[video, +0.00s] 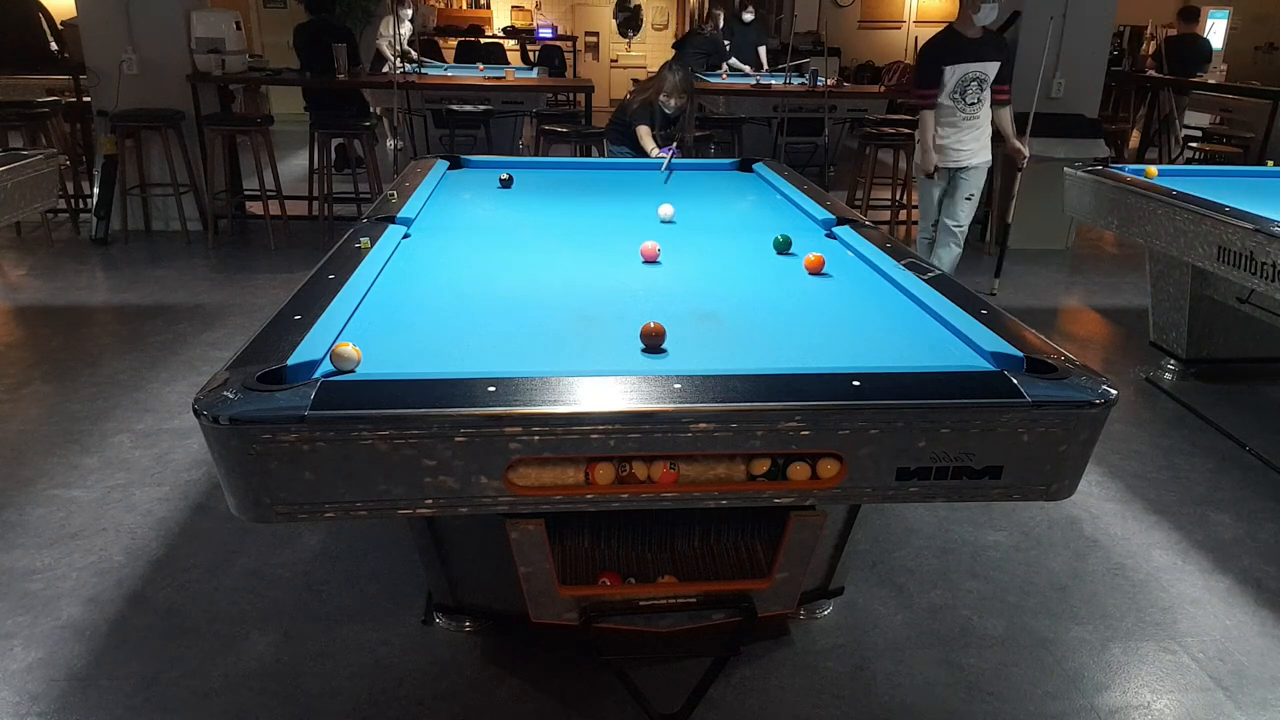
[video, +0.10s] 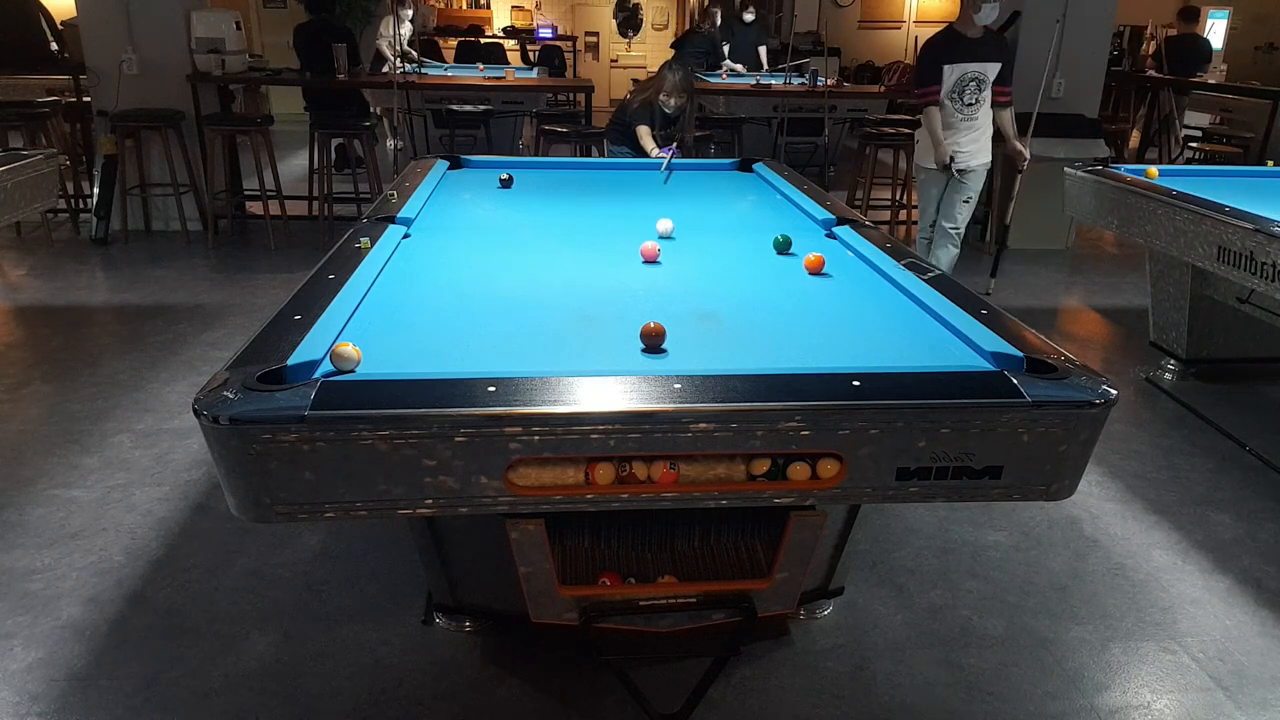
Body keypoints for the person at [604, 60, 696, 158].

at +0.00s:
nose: (673, 104)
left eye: (680, 98)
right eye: (666, 96)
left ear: (689, 97)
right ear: (656, 91)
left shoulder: (686, 104)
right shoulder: (641, 100)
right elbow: (643, 134)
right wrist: (656, 153)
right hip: (622, 143)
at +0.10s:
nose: (673, 103)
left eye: (680, 97)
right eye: (666, 96)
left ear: (689, 96)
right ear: (656, 90)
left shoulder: (686, 104)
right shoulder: (641, 100)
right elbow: (643, 134)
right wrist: (656, 153)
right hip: (623, 143)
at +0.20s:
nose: (673, 103)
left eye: (680, 97)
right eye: (666, 95)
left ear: (689, 96)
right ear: (656, 90)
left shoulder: (686, 104)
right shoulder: (641, 100)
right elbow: (643, 134)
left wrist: (674, 145)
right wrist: (656, 153)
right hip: (623, 143)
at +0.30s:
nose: (672, 103)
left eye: (680, 97)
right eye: (666, 95)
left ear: (688, 96)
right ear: (656, 90)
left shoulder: (685, 104)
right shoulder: (641, 100)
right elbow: (643, 134)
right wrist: (656, 153)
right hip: (623, 144)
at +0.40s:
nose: (672, 102)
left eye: (680, 96)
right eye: (666, 95)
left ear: (689, 96)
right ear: (657, 90)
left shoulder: (686, 104)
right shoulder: (641, 100)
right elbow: (643, 134)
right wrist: (656, 153)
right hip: (623, 143)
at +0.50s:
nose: (672, 101)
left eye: (680, 95)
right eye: (666, 94)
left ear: (688, 95)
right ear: (657, 89)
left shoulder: (686, 103)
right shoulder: (641, 99)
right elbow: (643, 134)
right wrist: (656, 153)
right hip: (623, 144)